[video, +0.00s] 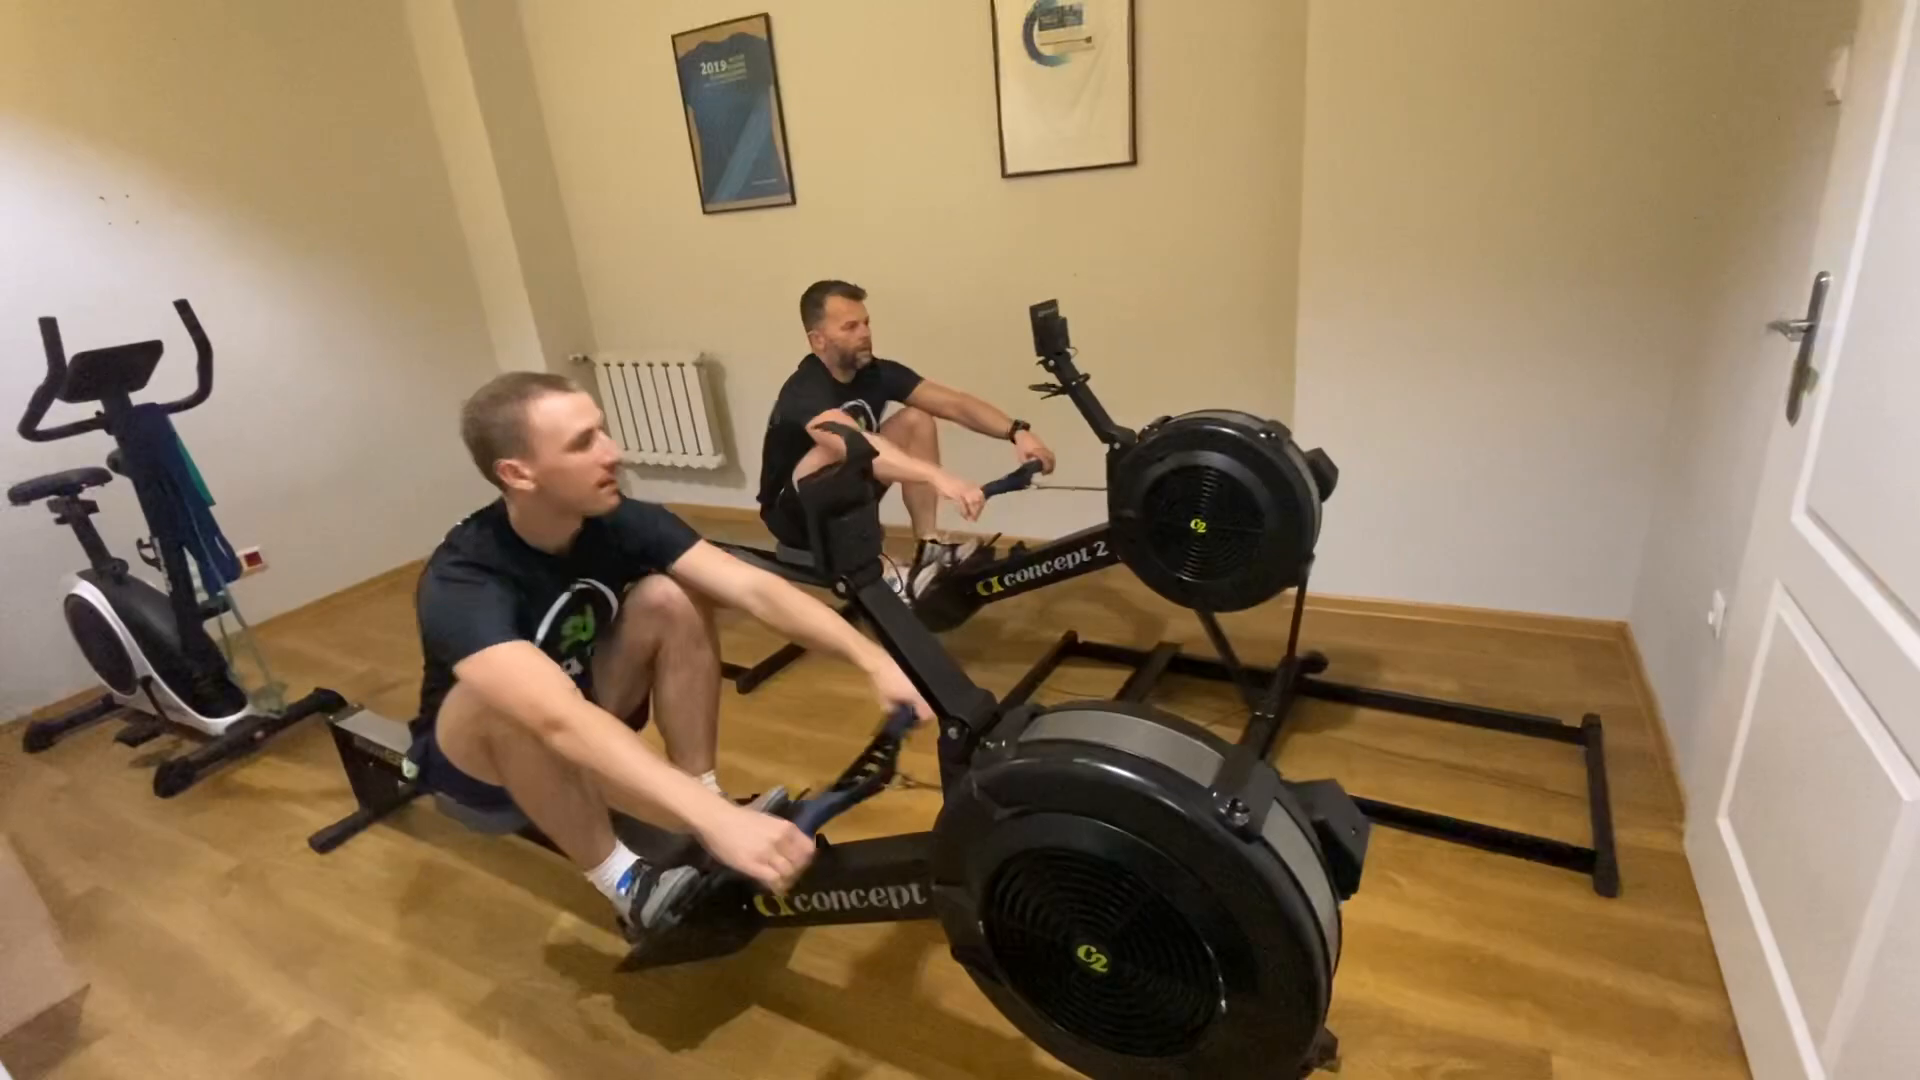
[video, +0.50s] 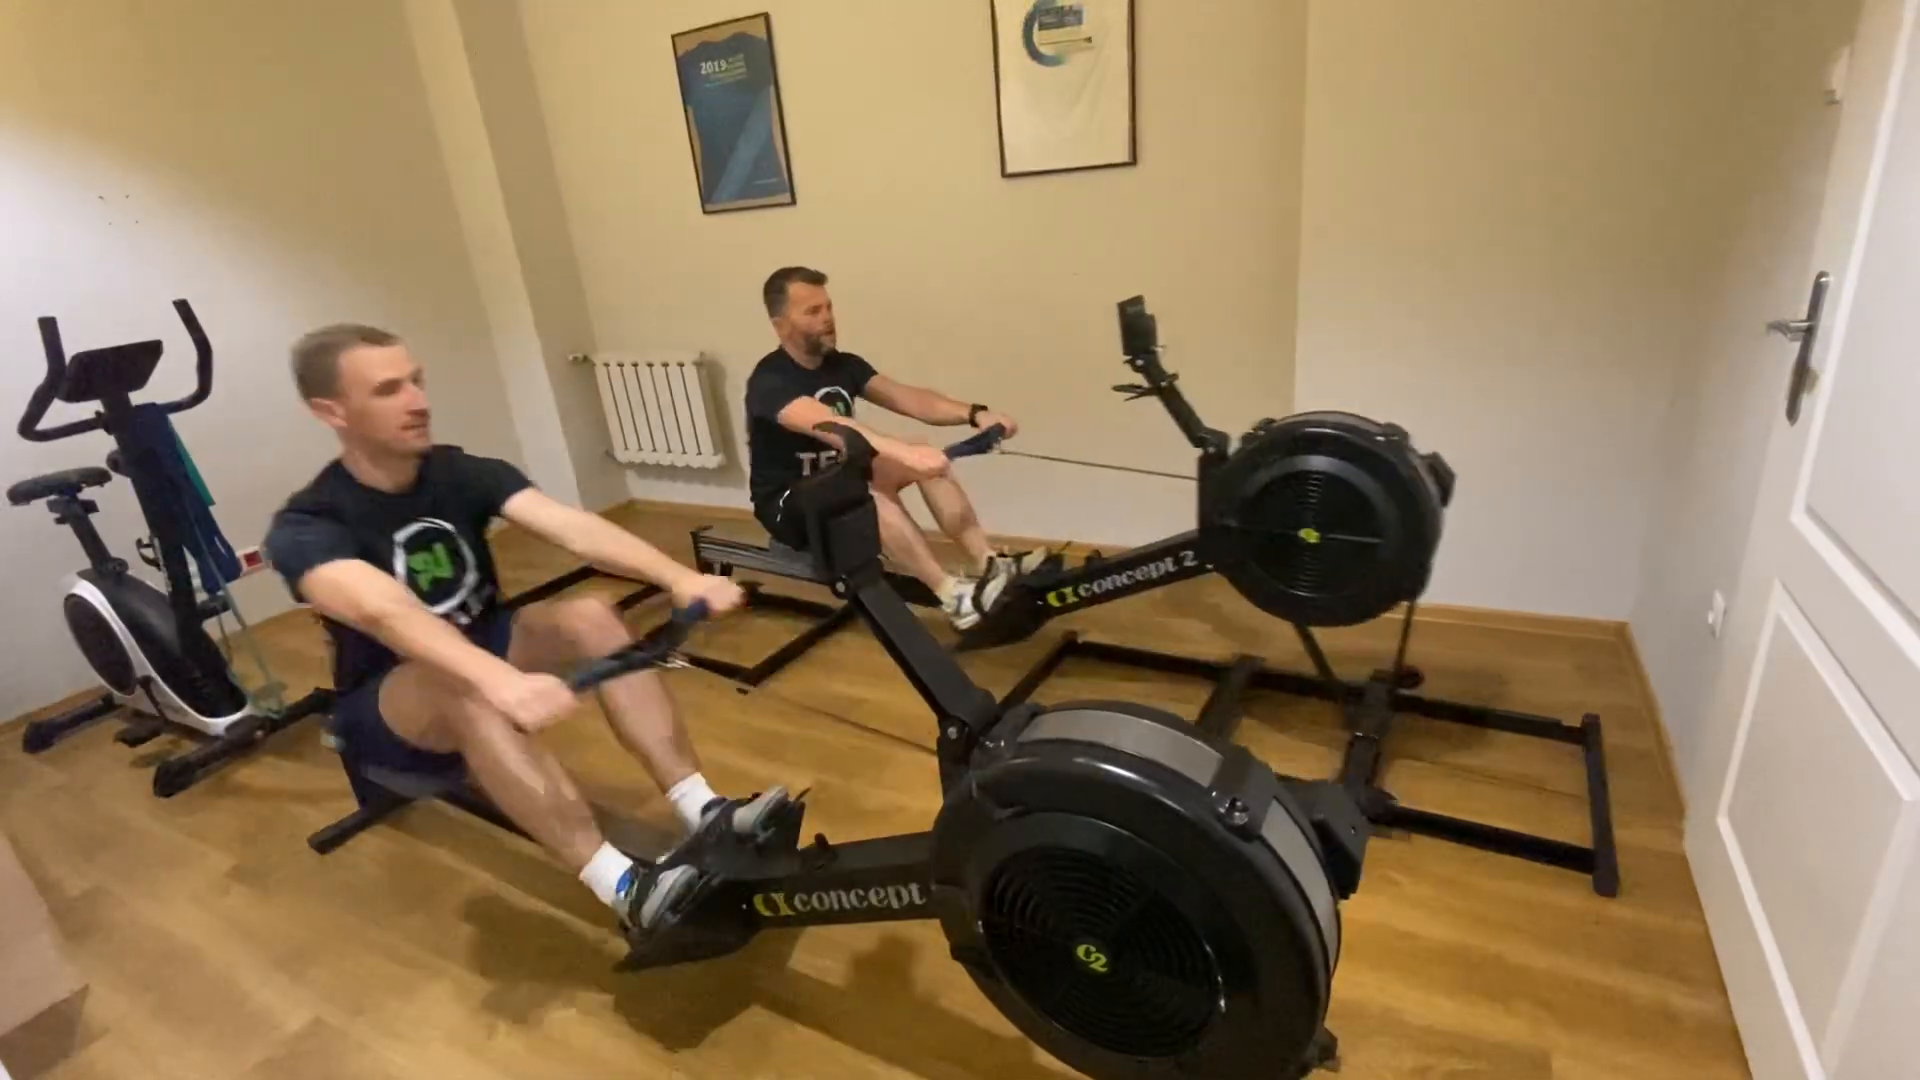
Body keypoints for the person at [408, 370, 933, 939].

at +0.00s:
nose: (613, 453)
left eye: (603, 433)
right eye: (585, 443)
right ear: (517, 475)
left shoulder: (623, 524)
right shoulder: (462, 585)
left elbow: (756, 589)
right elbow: (564, 720)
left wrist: (874, 659)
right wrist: (720, 823)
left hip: (583, 739)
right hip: (484, 784)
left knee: (666, 601)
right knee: (512, 693)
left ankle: (703, 806)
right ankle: (626, 884)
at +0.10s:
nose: (616, 455)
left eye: (607, 435)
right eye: (586, 445)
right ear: (520, 477)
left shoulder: (624, 527)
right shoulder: (466, 588)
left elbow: (760, 592)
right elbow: (574, 712)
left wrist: (876, 653)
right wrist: (729, 810)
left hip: (585, 746)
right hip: (482, 788)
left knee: (667, 601)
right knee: (516, 686)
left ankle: (708, 825)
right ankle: (627, 887)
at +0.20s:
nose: (593, 447)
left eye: (584, 427)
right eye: (563, 437)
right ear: (499, 468)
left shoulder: (604, 518)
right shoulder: (448, 578)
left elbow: (735, 578)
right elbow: (554, 692)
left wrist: (853, 636)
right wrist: (713, 793)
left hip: (569, 734)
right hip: (471, 777)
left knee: (656, 598)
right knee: (511, 683)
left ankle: (709, 833)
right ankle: (628, 887)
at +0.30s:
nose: (546, 430)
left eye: (539, 410)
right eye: (516, 421)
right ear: (453, 449)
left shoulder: (562, 501)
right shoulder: (408, 563)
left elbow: (682, 556)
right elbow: (510, 666)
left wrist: (806, 613)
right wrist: (649, 755)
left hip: (548, 715)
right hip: (448, 758)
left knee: (639, 600)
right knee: (492, 679)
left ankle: (711, 815)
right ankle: (626, 887)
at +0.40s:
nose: (481, 417)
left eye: (478, 395)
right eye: (452, 405)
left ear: (486, 392)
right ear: (393, 430)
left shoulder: (510, 488)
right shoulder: (354, 548)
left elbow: (627, 541)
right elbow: (453, 639)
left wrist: (745, 593)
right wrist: (571, 712)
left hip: (514, 666)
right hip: (412, 717)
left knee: (616, 604)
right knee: (486, 686)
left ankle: (708, 815)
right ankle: (627, 890)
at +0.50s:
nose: (415, 401)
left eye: (416, 382)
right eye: (388, 390)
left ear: (423, 382)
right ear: (332, 414)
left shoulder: (456, 472)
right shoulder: (306, 529)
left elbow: (571, 525)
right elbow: (391, 614)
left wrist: (679, 576)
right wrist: (499, 681)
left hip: (483, 648)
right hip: (382, 696)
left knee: (591, 620)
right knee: (473, 692)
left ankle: (707, 815)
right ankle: (627, 889)